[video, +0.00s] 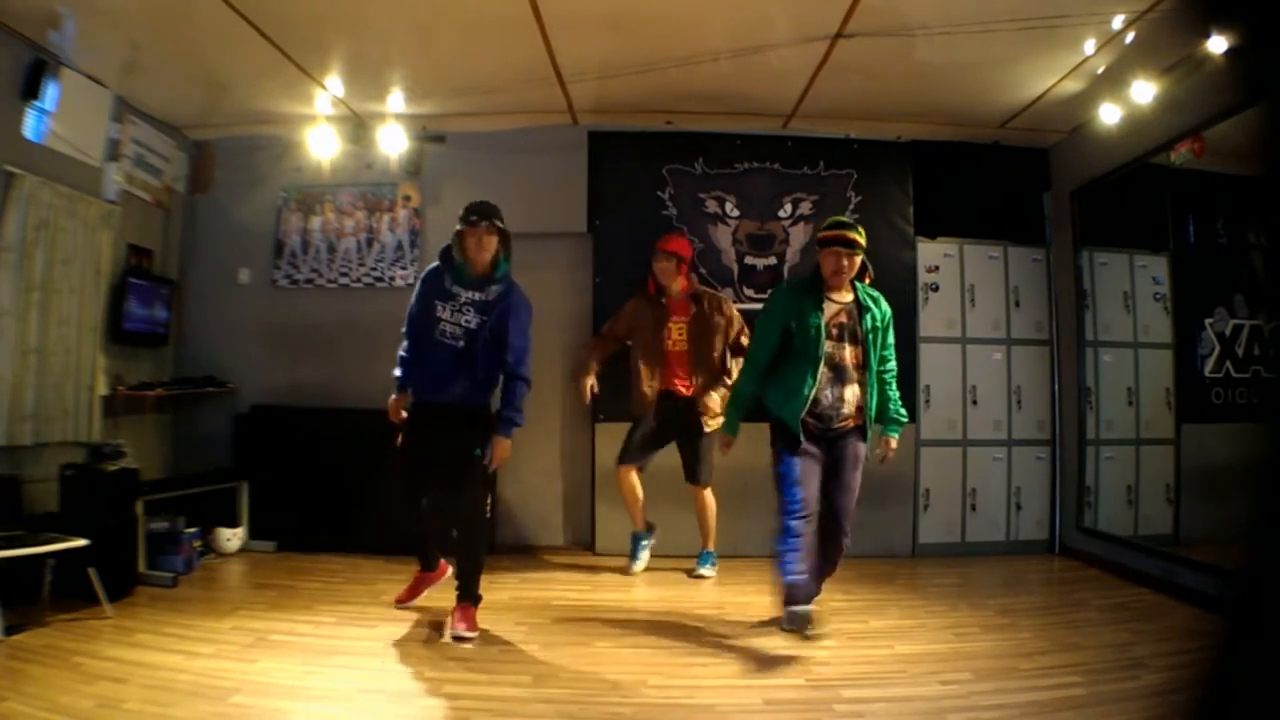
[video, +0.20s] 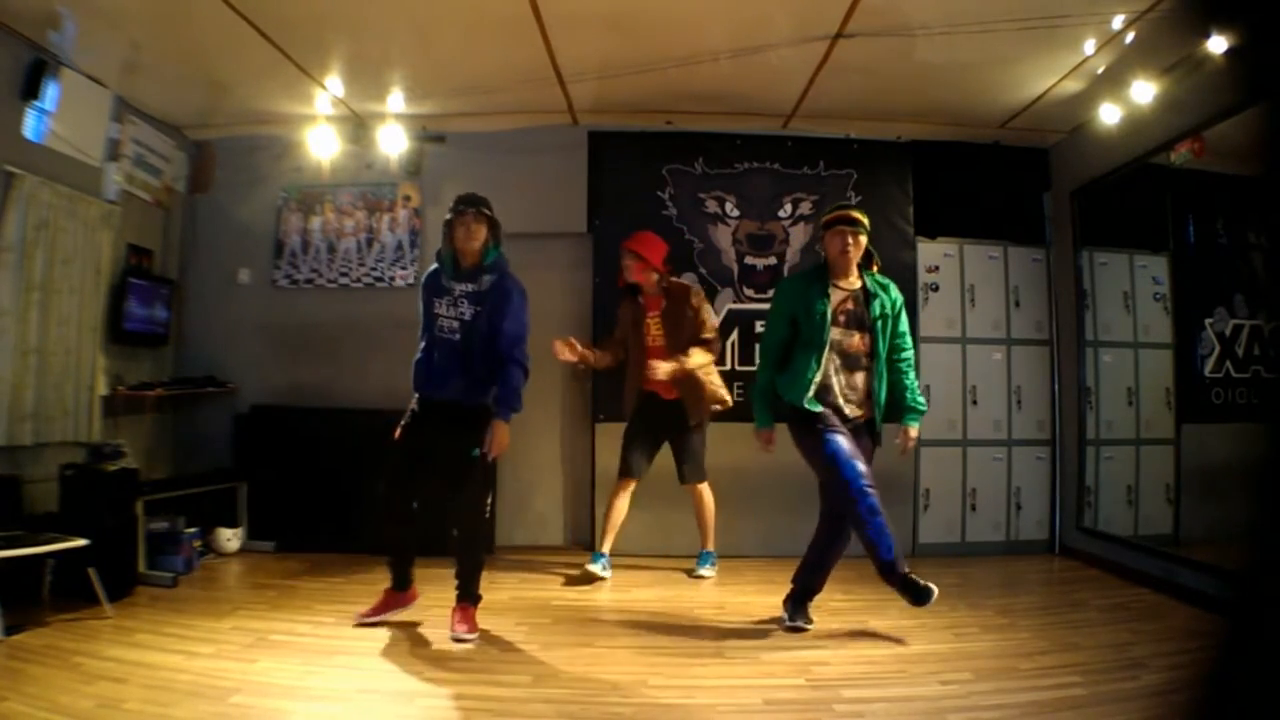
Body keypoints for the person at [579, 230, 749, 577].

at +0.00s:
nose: (660, 265)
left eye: (667, 260)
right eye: (657, 259)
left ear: (683, 265)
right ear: (652, 263)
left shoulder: (715, 306)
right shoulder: (643, 306)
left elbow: (742, 351)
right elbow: (607, 338)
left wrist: (720, 391)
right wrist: (589, 369)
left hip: (701, 406)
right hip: (659, 403)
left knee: (699, 483)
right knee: (626, 468)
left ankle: (708, 554)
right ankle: (642, 534)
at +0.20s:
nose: (624, 265)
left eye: (631, 259)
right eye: (624, 259)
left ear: (649, 265)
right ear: (635, 266)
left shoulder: (689, 296)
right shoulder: (630, 304)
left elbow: (710, 350)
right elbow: (616, 353)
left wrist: (673, 366)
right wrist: (584, 354)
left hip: (686, 402)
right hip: (648, 401)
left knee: (694, 477)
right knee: (627, 477)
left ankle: (708, 555)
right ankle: (602, 557)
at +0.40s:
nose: (604, 264)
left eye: (612, 257)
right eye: (600, 258)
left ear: (628, 261)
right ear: (597, 264)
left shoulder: (659, 298)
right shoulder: (600, 304)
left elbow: (661, 356)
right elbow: (598, 354)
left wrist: (637, 393)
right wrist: (610, 387)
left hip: (660, 403)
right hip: (620, 404)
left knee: (675, 479)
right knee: (608, 480)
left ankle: (700, 550)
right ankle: (599, 560)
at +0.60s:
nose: (616, 254)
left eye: (622, 247)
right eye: (608, 249)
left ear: (633, 253)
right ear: (599, 256)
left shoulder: (657, 300)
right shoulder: (583, 302)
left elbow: (666, 358)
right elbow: (572, 357)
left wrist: (663, 407)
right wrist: (587, 402)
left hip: (645, 400)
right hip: (602, 400)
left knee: (660, 474)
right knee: (595, 479)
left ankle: (654, 536)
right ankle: (597, 558)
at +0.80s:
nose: (618, 255)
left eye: (624, 248)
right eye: (611, 249)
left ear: (635, 255)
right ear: (601, 256)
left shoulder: (657, 303)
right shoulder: (584, 300)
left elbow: (671, 347)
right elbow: (559, 338)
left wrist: (686, 371)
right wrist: (561, 360)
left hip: (640, 405)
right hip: (597, 403)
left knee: (648, 486)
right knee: (593, 486)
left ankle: (639, 554)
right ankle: (590, 560)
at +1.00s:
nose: (623, 250)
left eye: (630, 243)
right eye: (616, 244)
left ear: (640, 248)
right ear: (606, 250)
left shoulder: (660, 291)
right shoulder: (590, 293)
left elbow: (666, 345)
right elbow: (599, 346)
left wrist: (656, 386)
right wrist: (633, 385)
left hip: (650, 395)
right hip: (609, 395)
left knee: (658, 471)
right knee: (605, 477)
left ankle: (661, 550)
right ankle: (603, 551)